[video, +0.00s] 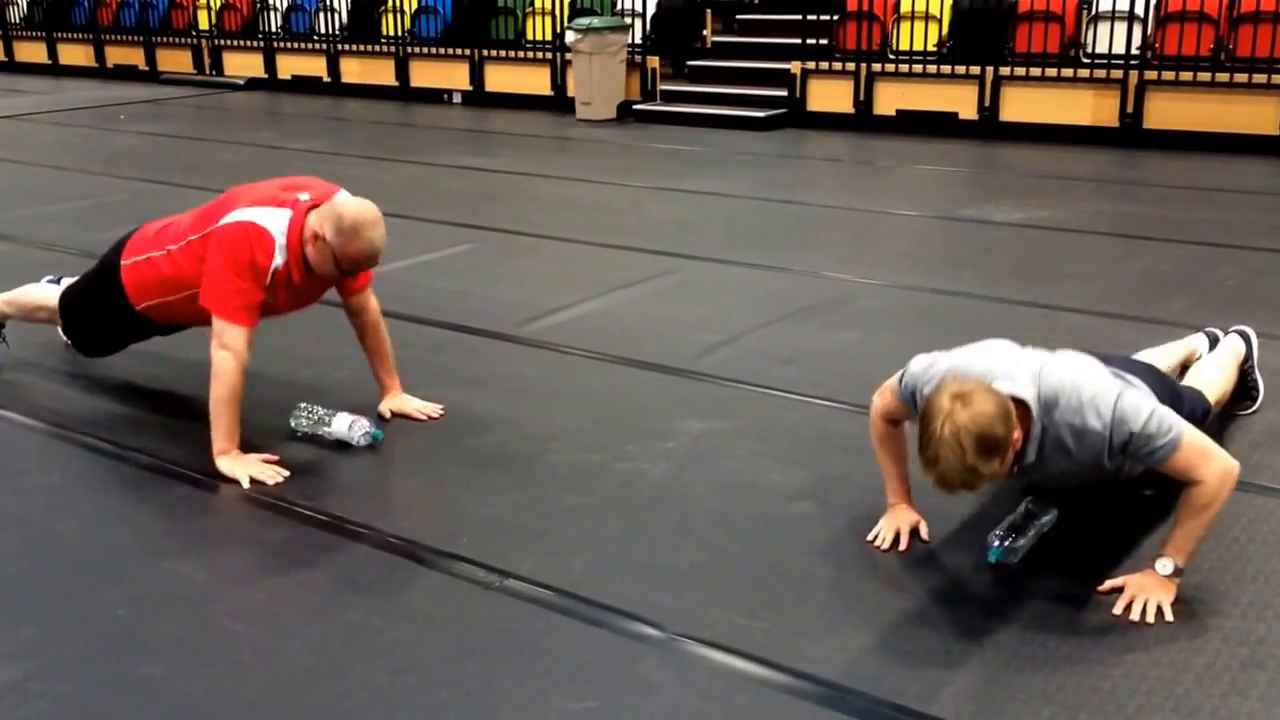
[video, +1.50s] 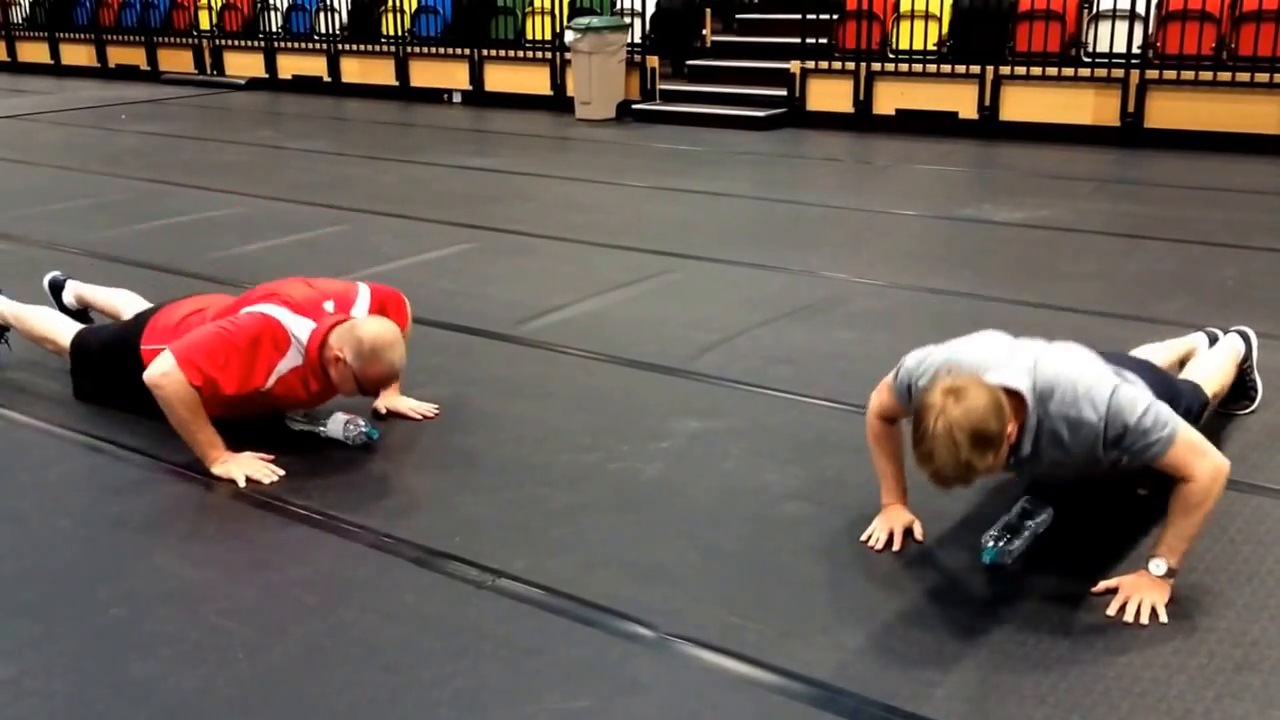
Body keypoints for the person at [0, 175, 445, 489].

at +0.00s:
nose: (341, 283)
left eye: (352, 275)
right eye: (337, 269)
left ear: (364, 246)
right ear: (314, 237)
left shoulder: (345, 222)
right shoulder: (246, 244)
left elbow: (363, 307)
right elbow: (228, 353)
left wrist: (392, 388)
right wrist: (228, 453)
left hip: (188, 291)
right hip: (135, 287)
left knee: (101, 311)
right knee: (67, 309)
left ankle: (56, 302)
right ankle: (8, 303)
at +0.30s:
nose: (356, 378)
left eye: (366, 373)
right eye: (353, 370)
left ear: (392, 326)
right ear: (335, 339)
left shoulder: (377, 295)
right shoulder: (263, 321)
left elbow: (400, 309)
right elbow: (170, 372)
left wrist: (393, 388)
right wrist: (223, 458)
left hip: (206, 291)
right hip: (150, 326)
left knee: (141, 297)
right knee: (73, 330)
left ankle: (68, 288)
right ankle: (5, 306)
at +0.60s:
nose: (369, 386)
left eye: (379, 380)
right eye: (364, 378)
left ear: (399, 331)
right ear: (339, 351)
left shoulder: (380, 304)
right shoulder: (264, 337)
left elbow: (400, 305)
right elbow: (168, 377)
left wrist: (392, 386)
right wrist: (223, 457)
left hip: (215, 305)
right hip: (155, 337)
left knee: (141, 308)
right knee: (73, 339)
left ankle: (68, 289)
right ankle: (6, 307)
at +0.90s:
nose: (342, 292)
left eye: (355, 283)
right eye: (336, 279)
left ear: (366, 251)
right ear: (311, 250)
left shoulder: (349, 235)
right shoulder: (238, 250)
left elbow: (372, 308)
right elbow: (211, 350)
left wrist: (391, 388)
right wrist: (222, 454)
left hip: (191, 287)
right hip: (136, 287)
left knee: (106, 307)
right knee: (67, 311)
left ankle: (58, 297)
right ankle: (10, 302)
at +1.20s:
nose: (333, 349)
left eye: (347, 349)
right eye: (334, 340)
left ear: (377, 317)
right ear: (324, 310)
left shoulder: (363, 278)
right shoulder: (256, 296)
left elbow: (394, 315)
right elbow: (172, 370)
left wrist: (391, 390)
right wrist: (220, 457)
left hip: (191, 278)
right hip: (142, 311)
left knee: (127, 287)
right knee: (63, 322)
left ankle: (65, 286)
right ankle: (3, 308)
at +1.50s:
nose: (365, 391)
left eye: (374, 386)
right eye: (360, 384)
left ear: (395, 334)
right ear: (336, 358)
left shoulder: (369, 307)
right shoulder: (261, 340)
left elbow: (398, 305)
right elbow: (165, 378)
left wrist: (388, 387)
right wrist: (219, 457)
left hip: (208, 312)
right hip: (147, 345)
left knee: (138, 314)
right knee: (72, 341)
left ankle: (71, 290)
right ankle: (6, 308)